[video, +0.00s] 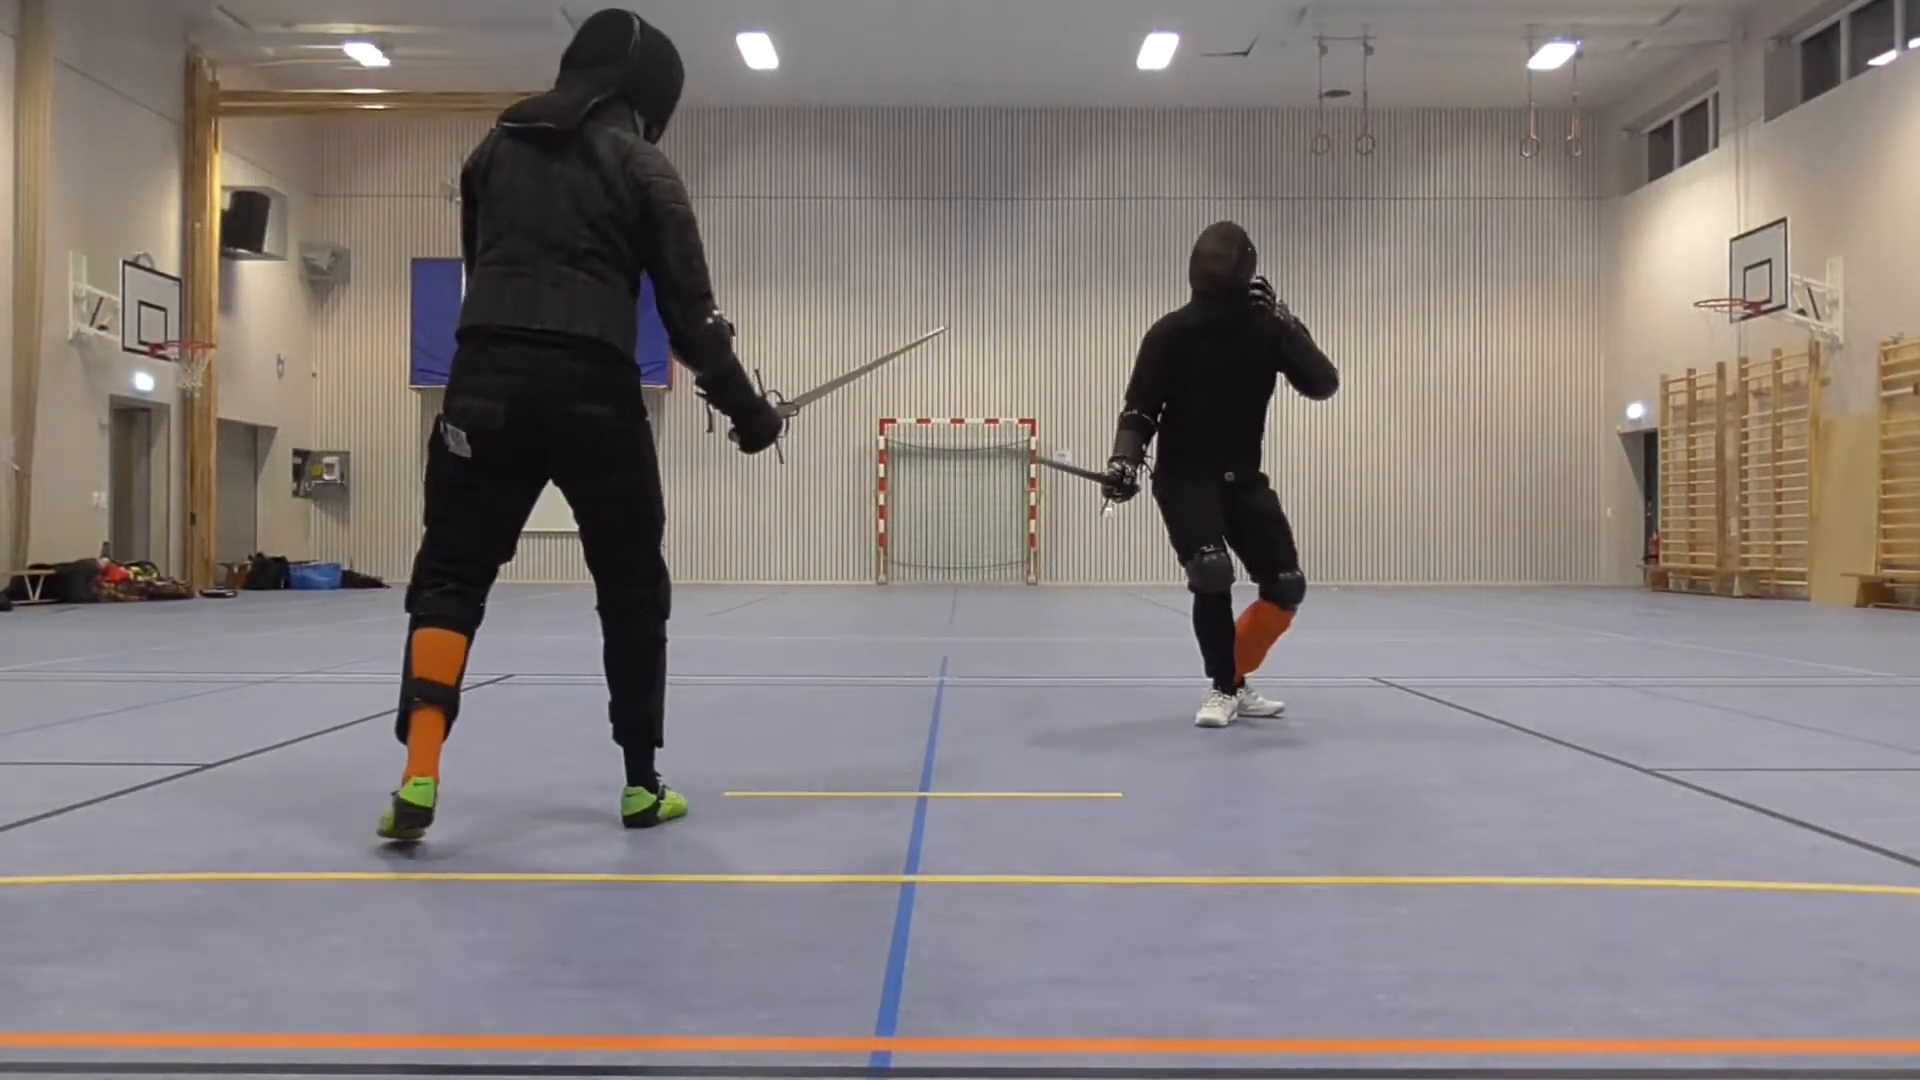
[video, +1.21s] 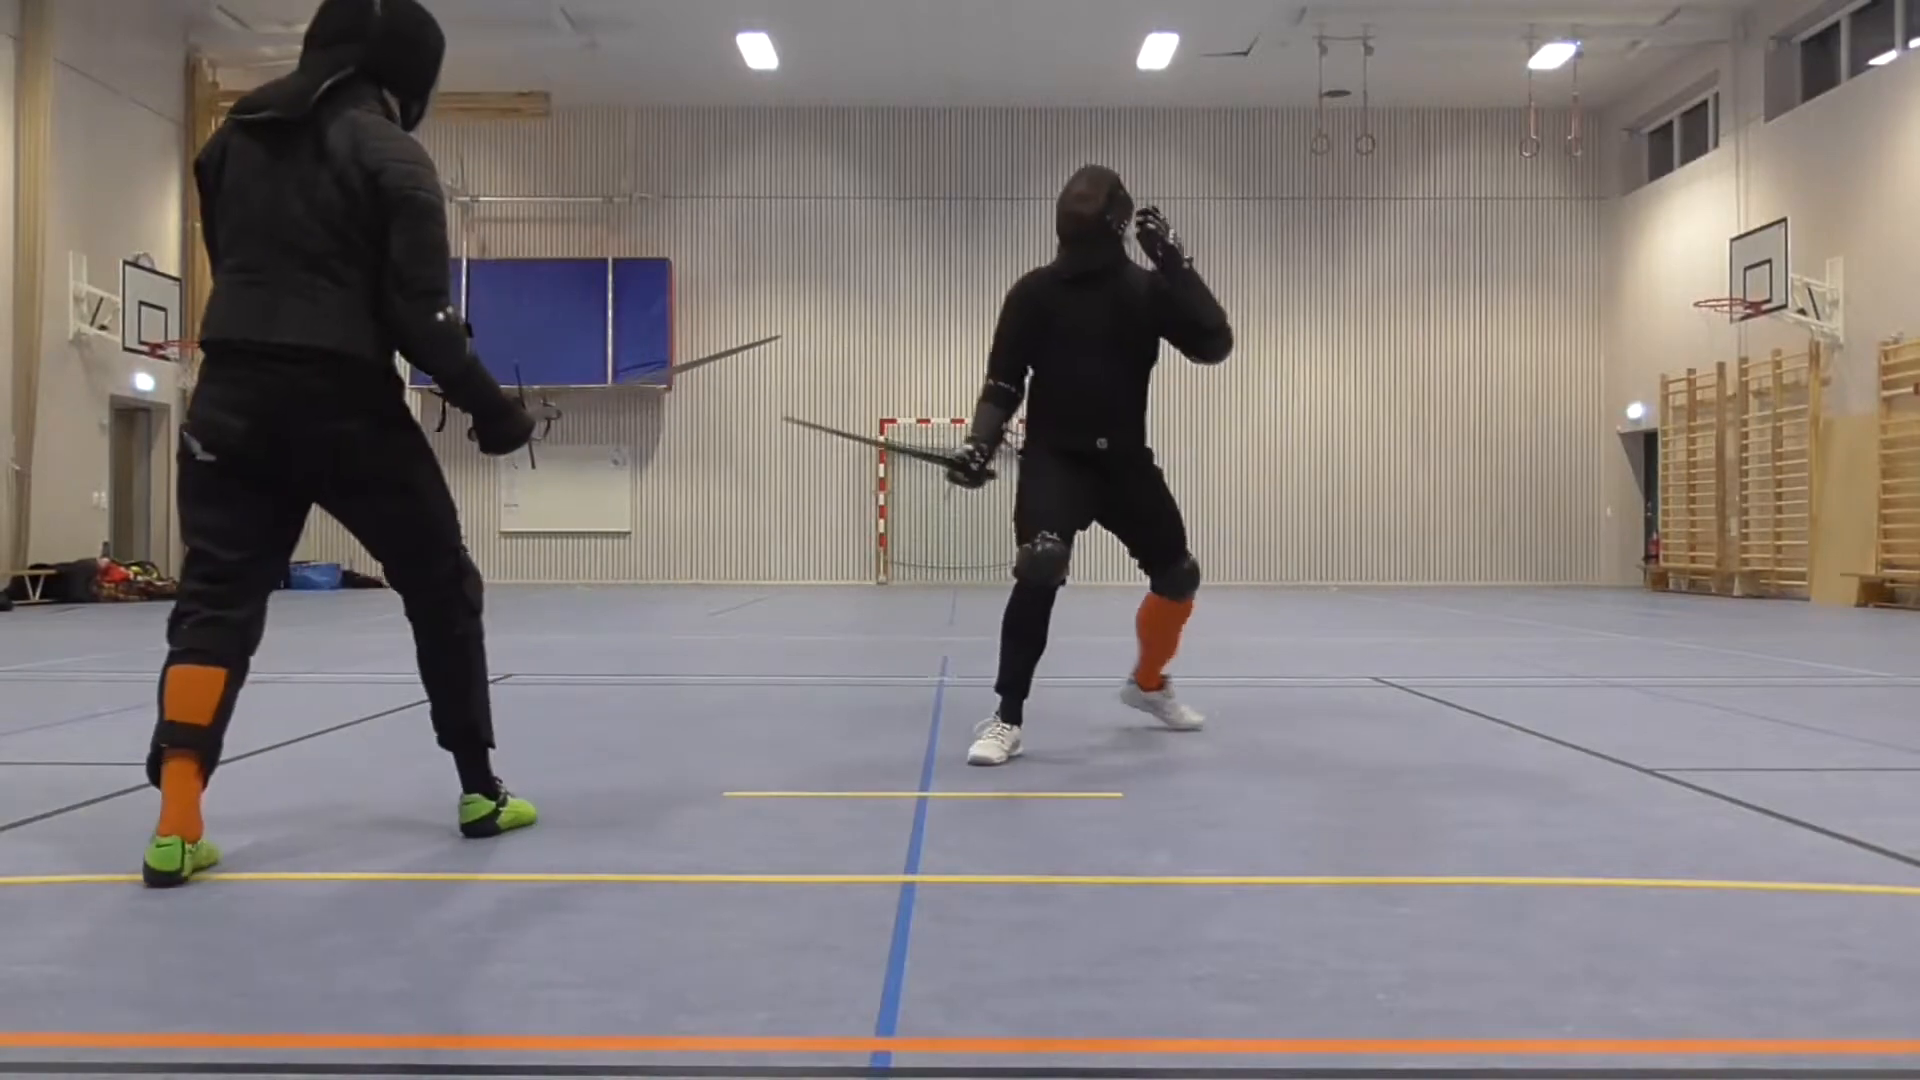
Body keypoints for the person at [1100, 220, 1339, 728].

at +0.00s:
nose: (1208, 280)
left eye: (1219, 270)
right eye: (1203, 269)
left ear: (1243, 272)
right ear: (1192, 268)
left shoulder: (1268, 329)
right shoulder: (1170, 335)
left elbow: (1323, 384)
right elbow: (1140, 408)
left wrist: (1283, 320)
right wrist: (1125, 459)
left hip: (1241, 476)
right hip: (1183, 476)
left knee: (1285, 587)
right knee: (1212, 573)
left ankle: (1232, 684)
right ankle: (1223, 690)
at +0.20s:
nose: (1194, 267)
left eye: (1206, 258)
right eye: (1189, 256)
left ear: (1231, 269)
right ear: (1179, 260)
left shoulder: (1255, 327)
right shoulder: (1155, 330)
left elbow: (1308, 384)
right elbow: (1125, 404)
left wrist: (1271, 321)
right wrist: (1109, 456)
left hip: (1227, 470)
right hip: (1167, 469)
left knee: (1274, 586)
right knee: (1186, 556)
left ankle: (1228, 687)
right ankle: (1191, 676)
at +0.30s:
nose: (1181, 273)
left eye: (1194, 263)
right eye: (1176, 261)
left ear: (1221, 268)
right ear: (1167, 259)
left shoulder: (1246, 327)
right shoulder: (1143, 331)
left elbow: (1299, 383)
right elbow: (1114, 406)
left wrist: (1258, 319)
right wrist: (1095, 458)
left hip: (1218, 474)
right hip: (1157, 471)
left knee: (1268, 588)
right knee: (1161, 543)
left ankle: (1227, 689)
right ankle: (1130, 677)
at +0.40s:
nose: (1164, 262)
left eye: (1176, 253)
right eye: (1161, 252)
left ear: (1204, 264)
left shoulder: (1227, 325)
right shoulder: (1126, 330)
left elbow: (1287, 380)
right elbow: (1092, 404)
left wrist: (1245, 320)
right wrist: (1072, 460)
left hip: (1206, 482)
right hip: (1142, 480)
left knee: (1254, 590)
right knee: (1123, 561)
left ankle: (1228, 690)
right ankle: (1075, 680)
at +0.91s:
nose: (1121, 288)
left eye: (1129, 276)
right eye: (1116, 276)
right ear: (1150, 279)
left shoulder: (1181, 338)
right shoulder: (1072, 348)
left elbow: (1254, 393)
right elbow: (1035, 426)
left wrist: (1200, 336)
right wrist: (1001, 477)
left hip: (1167, 499)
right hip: (1096, 500)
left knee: (1231, 610)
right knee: (1074, 571)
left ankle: (1186, 699)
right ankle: (1024, 711)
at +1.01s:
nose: (1150, 254)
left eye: (1129, 249)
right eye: (1149, 246)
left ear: (1098, 253)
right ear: (1145, 252)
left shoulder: (1173, 314)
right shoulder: (1064, 325)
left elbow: (1242, 371)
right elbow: (1038, 416)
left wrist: (1187, 304)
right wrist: (1013, 474)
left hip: (1156, 480)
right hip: (1085, 480)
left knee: (1205, 596)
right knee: (1059, 568)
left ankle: (1186, 697)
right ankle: (1015, 707)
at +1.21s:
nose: (1085, 232)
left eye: (1094, 221)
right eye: (1078, 221)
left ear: (1108, 223)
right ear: (1114, 220)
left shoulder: (1146, 289)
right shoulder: (1033, 295)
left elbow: (1215, 343)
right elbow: (1003, 383)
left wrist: (1171, 261)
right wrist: (980, 443)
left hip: (1123, 462)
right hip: (1052, 461)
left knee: (1177, 578)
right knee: (1040, 569)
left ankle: (1147, 684)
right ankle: (1006, 719)